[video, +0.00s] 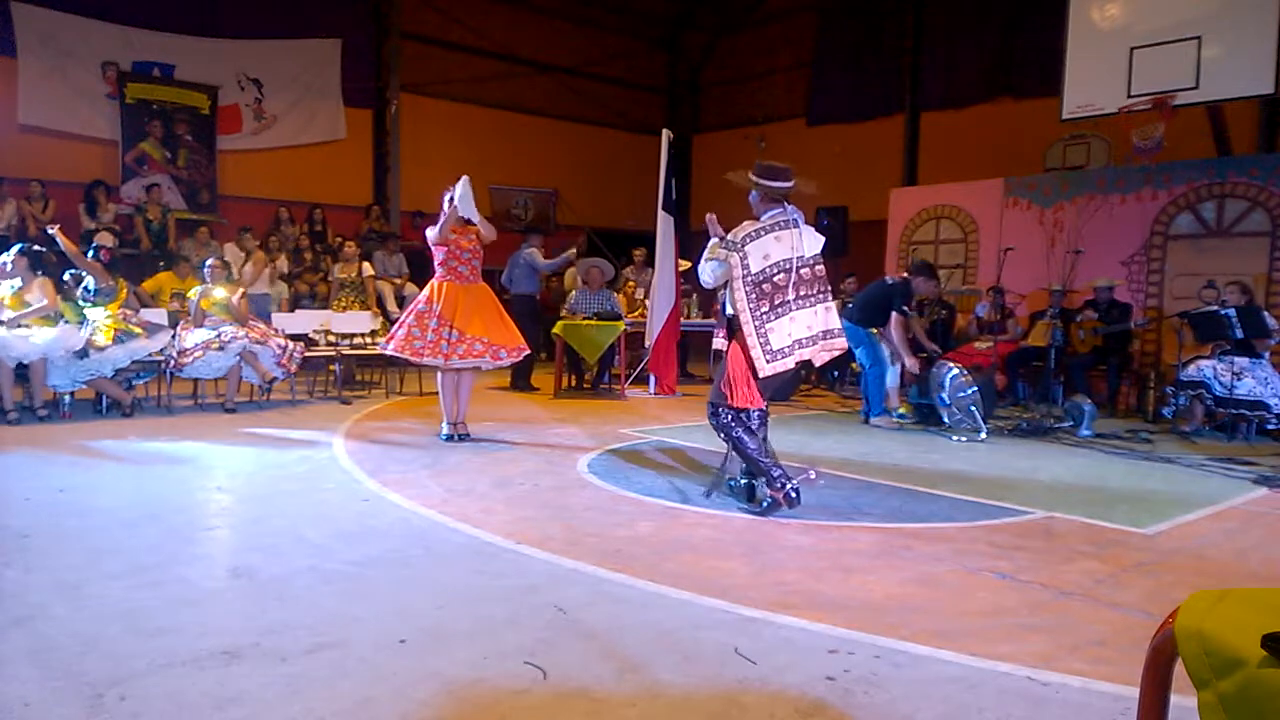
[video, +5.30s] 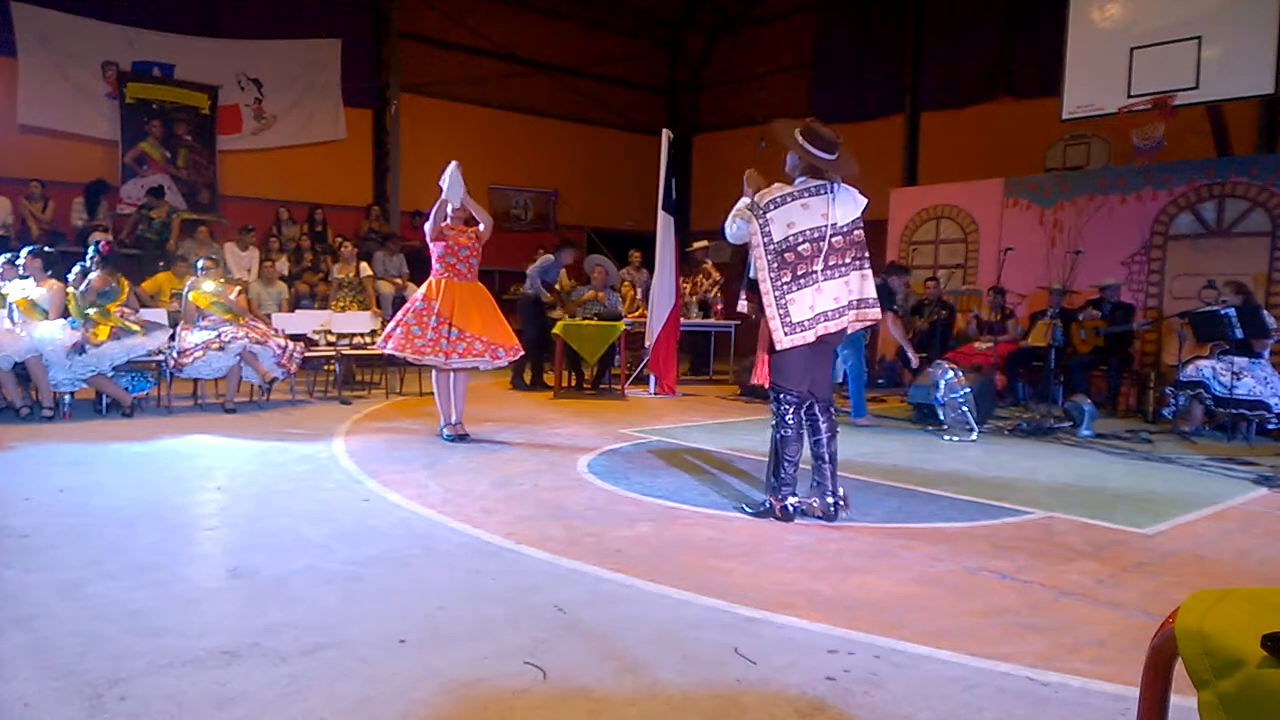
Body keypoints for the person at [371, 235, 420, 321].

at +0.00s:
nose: (395, 244)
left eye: (396, 241)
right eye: (392, 241)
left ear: (398, 243)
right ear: (386, 243)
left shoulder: (400, 255)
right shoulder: (378, 255)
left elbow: (405, 273)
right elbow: (379, 273)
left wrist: (402, 284)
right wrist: (393, 283)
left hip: (398, 278)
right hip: (384, 278)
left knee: (414, 292)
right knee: (387, 290)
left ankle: (406, 315)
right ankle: (395, 315)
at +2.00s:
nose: (395, 244)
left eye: (396, 241)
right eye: (392, 241)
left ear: (398, 243)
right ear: (386, 243)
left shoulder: (400, 255)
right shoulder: (378, 255)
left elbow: (405, 271)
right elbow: (379, 273)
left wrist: (404, 280)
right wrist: (393, 281)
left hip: (397, 278)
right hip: (383, 278)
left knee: (413, 288)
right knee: (387, 289)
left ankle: (418, 311)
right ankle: (394, 313)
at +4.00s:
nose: (397, 245)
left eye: (398, 242)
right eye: (394, 242)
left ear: (400, 244)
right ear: (388, 243)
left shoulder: (400, 256)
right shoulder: (379, 254)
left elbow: (405, 271)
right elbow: (380, 273)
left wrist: (404, 282)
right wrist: (395, 283)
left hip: (398, 278)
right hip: (384, 278)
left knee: (413, 290)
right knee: (387, 291)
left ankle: (418, 316)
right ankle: (387, 318)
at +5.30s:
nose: (396, 246)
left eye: (398, 243)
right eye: (394, 243)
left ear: (400, 244)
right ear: (387, 244)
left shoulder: (400, 256)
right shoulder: (379, 255)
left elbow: (405, 272)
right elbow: (380, 274)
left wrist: (404, 282)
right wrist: (394, 283)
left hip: (398, 278)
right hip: (384, 278)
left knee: (413, 291)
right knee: (387, 292)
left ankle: (417, 316)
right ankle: (387, 317)